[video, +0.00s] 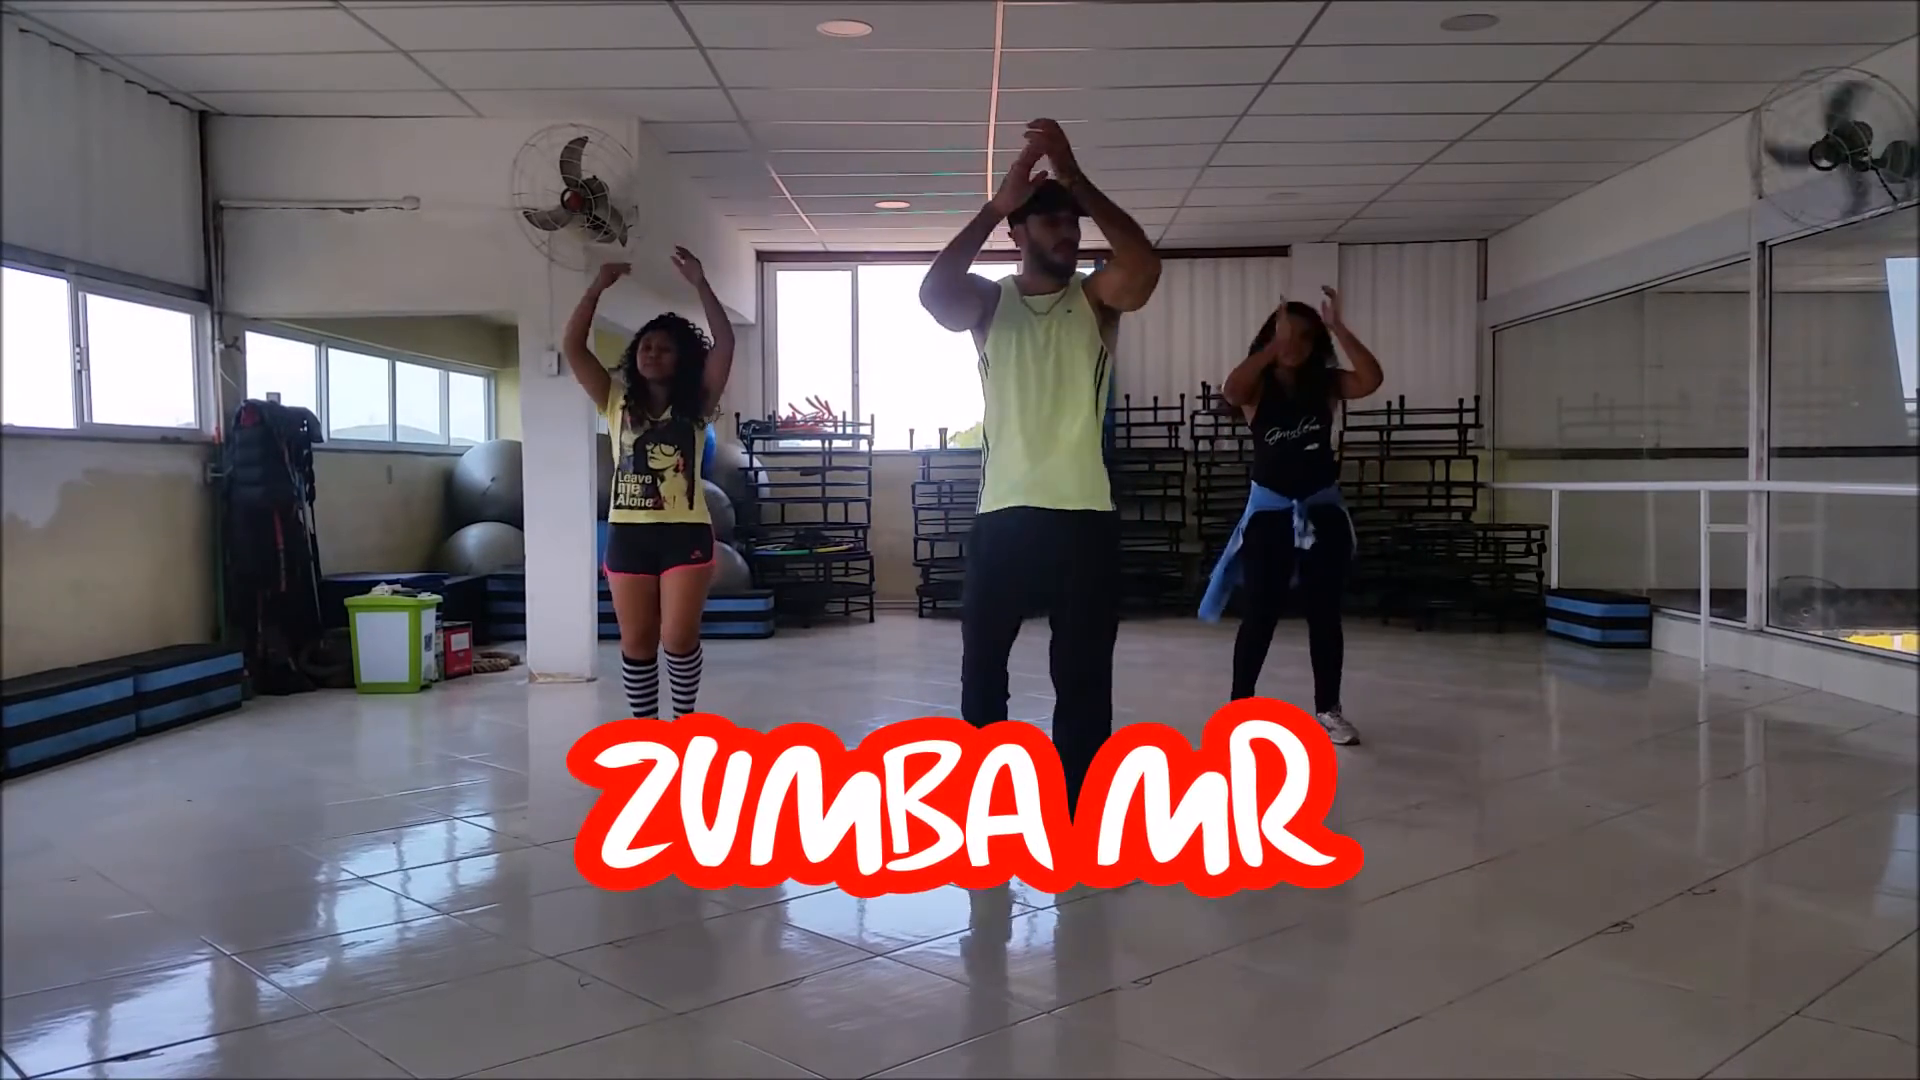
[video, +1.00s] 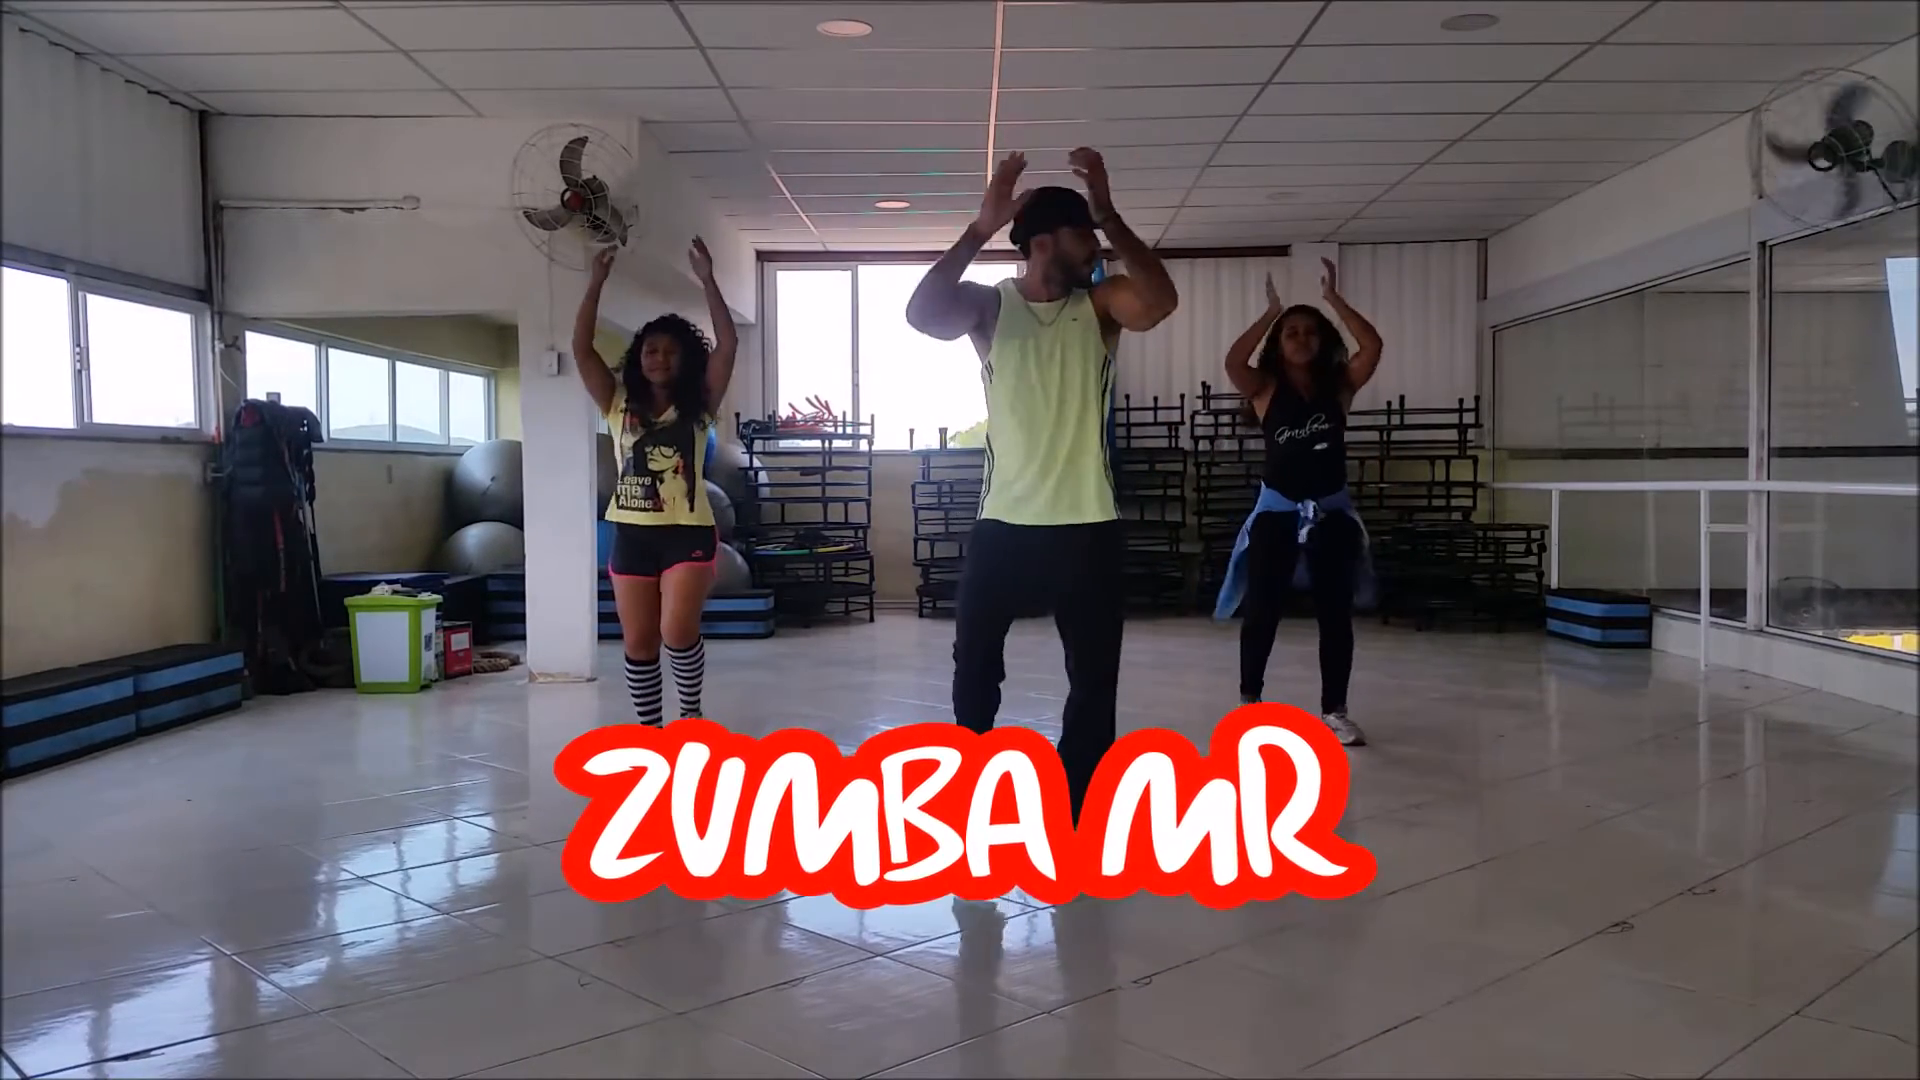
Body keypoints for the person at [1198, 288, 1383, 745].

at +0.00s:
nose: (1292, 345)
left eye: (1301, 338)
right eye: (1285, 336)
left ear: (1313, 343)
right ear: (1271, 341)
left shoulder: (1327, 382)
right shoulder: (1254, 385)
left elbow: (1370, 379)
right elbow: (1232, 387)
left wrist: (1337, 327)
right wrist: (1268, 348)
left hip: (1323, 515)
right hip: (1269, 516)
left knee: (1325, 614)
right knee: (1260, 615)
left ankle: (1328, 711)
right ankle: (1239, 710)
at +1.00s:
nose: (1299, 339)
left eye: (1308, 333)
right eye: (1290, 334)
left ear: (1322, 342)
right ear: (1278, 344)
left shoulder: (1339, 386)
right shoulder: (1264, 389)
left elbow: (1372, 347)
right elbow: (1234, 363)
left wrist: (1336, 301)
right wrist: (1268, 319)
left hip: (1332, 516)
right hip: (1276, 516)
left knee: (1335, 612)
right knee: (1261, 607)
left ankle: (1335, 711)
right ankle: (1250, 702)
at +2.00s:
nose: (1304, 339)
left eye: (1313, 332)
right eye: (1295, 333)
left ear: (1326, 341)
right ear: (1280, 342)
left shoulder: (1337, 388)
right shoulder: (1264, 386)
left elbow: (1373, 357)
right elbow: (1233, 363)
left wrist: (1349, 306)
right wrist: (1263, 314)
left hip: (1326, 516)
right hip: (1270, 515)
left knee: (1327, 614)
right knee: (1254, 605)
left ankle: (1332, 712)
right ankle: (1243, 698)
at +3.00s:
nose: (1308, 338)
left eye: (1316, 330)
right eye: (1299, 331)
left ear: (1330, 337)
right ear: (1286, 340)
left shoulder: (1342, 387)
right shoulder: (1270, 383)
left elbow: (1368, 366)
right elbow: (1229, 376)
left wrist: (1343, 313)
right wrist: (1272, 327)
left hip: (1329, 512)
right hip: (1274, 511)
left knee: (1329, 613)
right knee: (1256, 607)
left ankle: (1333, 715)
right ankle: (1240, 700)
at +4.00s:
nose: (1306, 350)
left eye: (1315, 343)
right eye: (1297, 342)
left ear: (1327, 352)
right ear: (1282, 351)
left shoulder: (1347, 403)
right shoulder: (1263, 403)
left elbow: (1366, 469)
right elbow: (1241, 470)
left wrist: (1388, 531)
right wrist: (1228, 534)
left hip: (1342, 523)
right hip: (1283, 524)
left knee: (1364, 620)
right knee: (1257, 621)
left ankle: (1381, 717)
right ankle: (1224, 715)